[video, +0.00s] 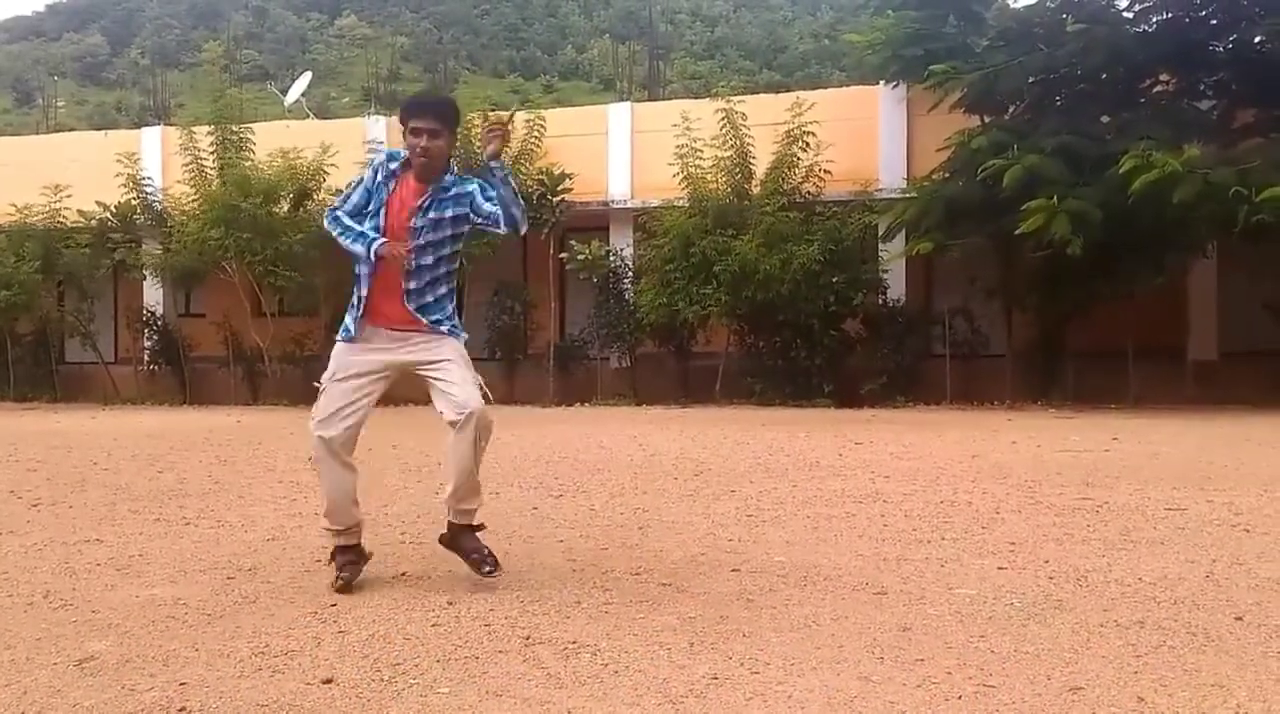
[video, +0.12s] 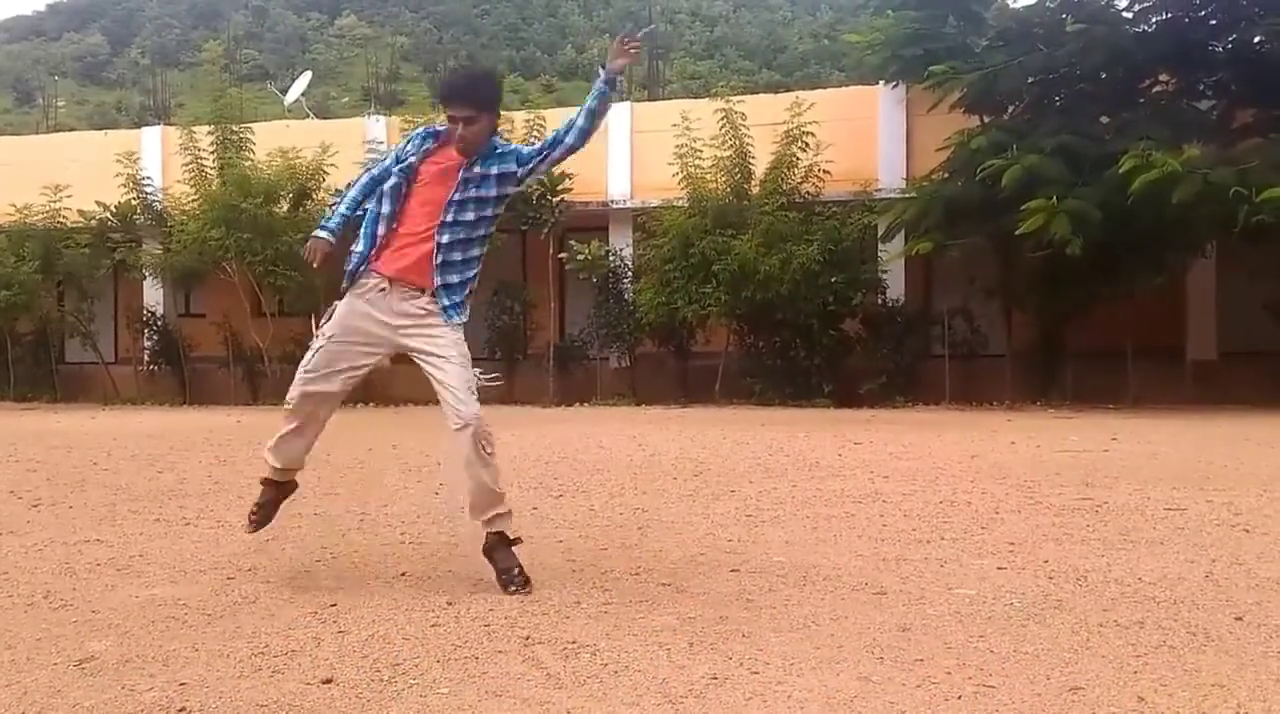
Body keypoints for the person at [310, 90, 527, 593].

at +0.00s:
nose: (420, 145)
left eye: (432, 136)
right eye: (413, 135)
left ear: (453, 142)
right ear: (403, 136)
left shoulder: (464, 190)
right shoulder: (383, 171)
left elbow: (513, 223)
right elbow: (337, 217)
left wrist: (495, 163)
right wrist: (372, 243)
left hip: (434, 333)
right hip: (366, 332)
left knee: (471, 412)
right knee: (328, 431)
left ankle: (462, 527)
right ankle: (347, 545)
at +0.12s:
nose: (458, 130)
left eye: (469, 121)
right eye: (452, 120)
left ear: (495, 118)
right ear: (444, 115)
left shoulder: (507, 163)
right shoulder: (423, 143)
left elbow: (570, 138)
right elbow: (370, 182)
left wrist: (611, 75)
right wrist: (331, 230)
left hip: (435, 313)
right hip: (370, 296)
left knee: (469, 419)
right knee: (307, 393)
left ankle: (498, 539)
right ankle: (279, 477)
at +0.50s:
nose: (509, 160)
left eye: (520, 150)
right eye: (500, 151)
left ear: (543, 155)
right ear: (492, 157)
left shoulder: (556, 227)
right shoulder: (468, 197)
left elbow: (622, 242)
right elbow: (412, 243)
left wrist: (647, 169)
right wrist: (355, 292)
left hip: (478, 362)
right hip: (424, 338)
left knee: (483, 463)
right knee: (370, 454)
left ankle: (495, 560)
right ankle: (321, 413)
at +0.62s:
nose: (509, 159)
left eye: (520, 150)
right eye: (501, 150)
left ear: (541, 160)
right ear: (491, 158)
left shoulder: (548, 236)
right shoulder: (457, 204)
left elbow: (563, 314)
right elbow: (400, 259)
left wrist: (592, 287)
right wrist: (362, 321)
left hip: (487, 362)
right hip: (430, 346)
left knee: (490, 461)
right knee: (432, 459)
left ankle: (495, 559)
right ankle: (383, 464)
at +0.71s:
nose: (501, 153)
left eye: (513, 144)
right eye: (494, 143)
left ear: (532, 154)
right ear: (484, 150)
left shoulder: (537, 228)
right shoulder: (449, 200)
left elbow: (531, 301)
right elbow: (393, 259)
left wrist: (547, 342)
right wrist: (364, 331)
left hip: (491, 354)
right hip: (434, 340)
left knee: (498, 457)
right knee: (441, 450)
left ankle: (497, 560)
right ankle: (395, 494)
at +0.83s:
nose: (492, 139)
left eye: (504, 131)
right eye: (484, 128)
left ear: (519, 139)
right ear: (471, 130)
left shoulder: (522, 201)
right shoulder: (434, 186)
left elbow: (513, 279)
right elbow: (400, 261)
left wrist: (508, 343)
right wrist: (381, 339)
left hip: (485, 337)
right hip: (427, 329)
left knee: (491, 446)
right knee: (422, 449)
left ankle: (496, 556)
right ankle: (377, 549)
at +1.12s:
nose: (490, 160)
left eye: (499, 151)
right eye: (481, 147)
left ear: (505, 153)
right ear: (455, 142)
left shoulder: (496, 201)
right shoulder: (417, 189)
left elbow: (480, 269)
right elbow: (415, 270)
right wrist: (472, 295)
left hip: (469, 345)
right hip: (415, 343)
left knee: (491, 453)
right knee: (411, 465)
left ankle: (450, 547)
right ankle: (363, 550)